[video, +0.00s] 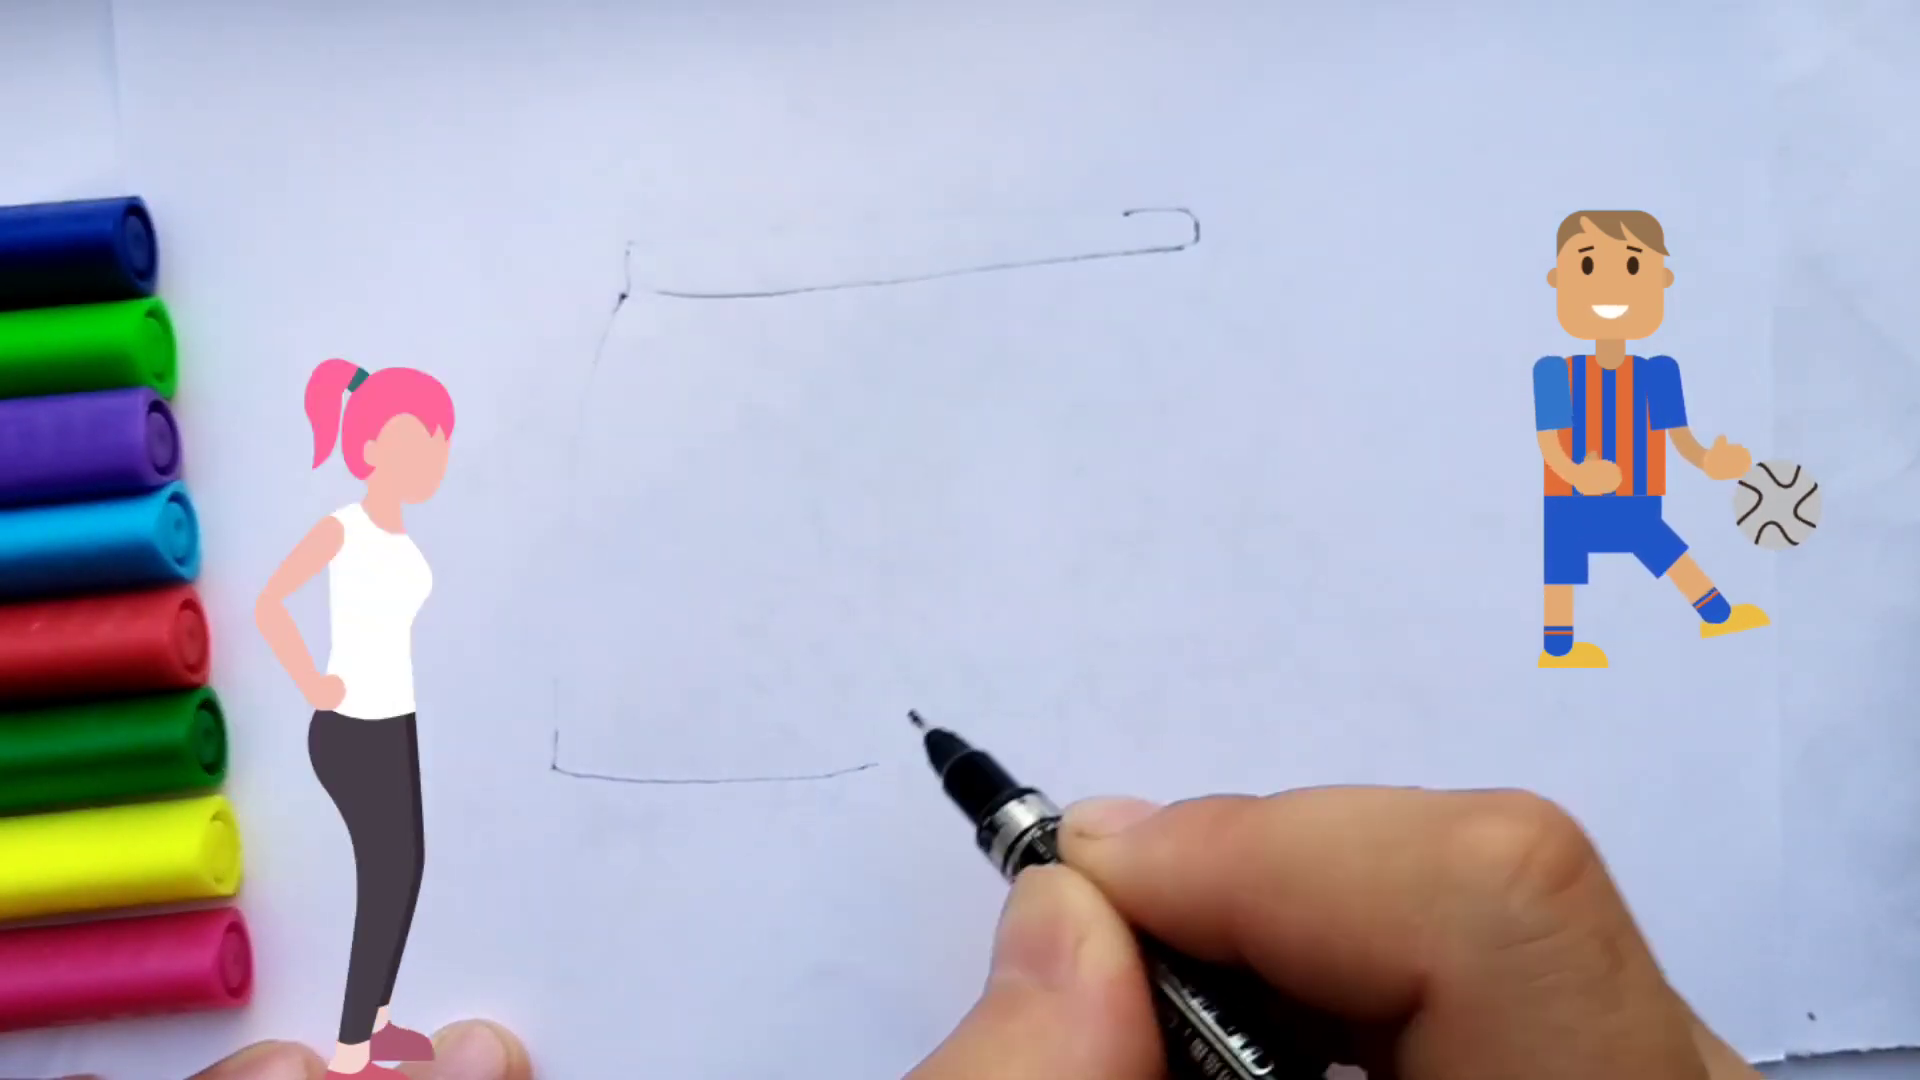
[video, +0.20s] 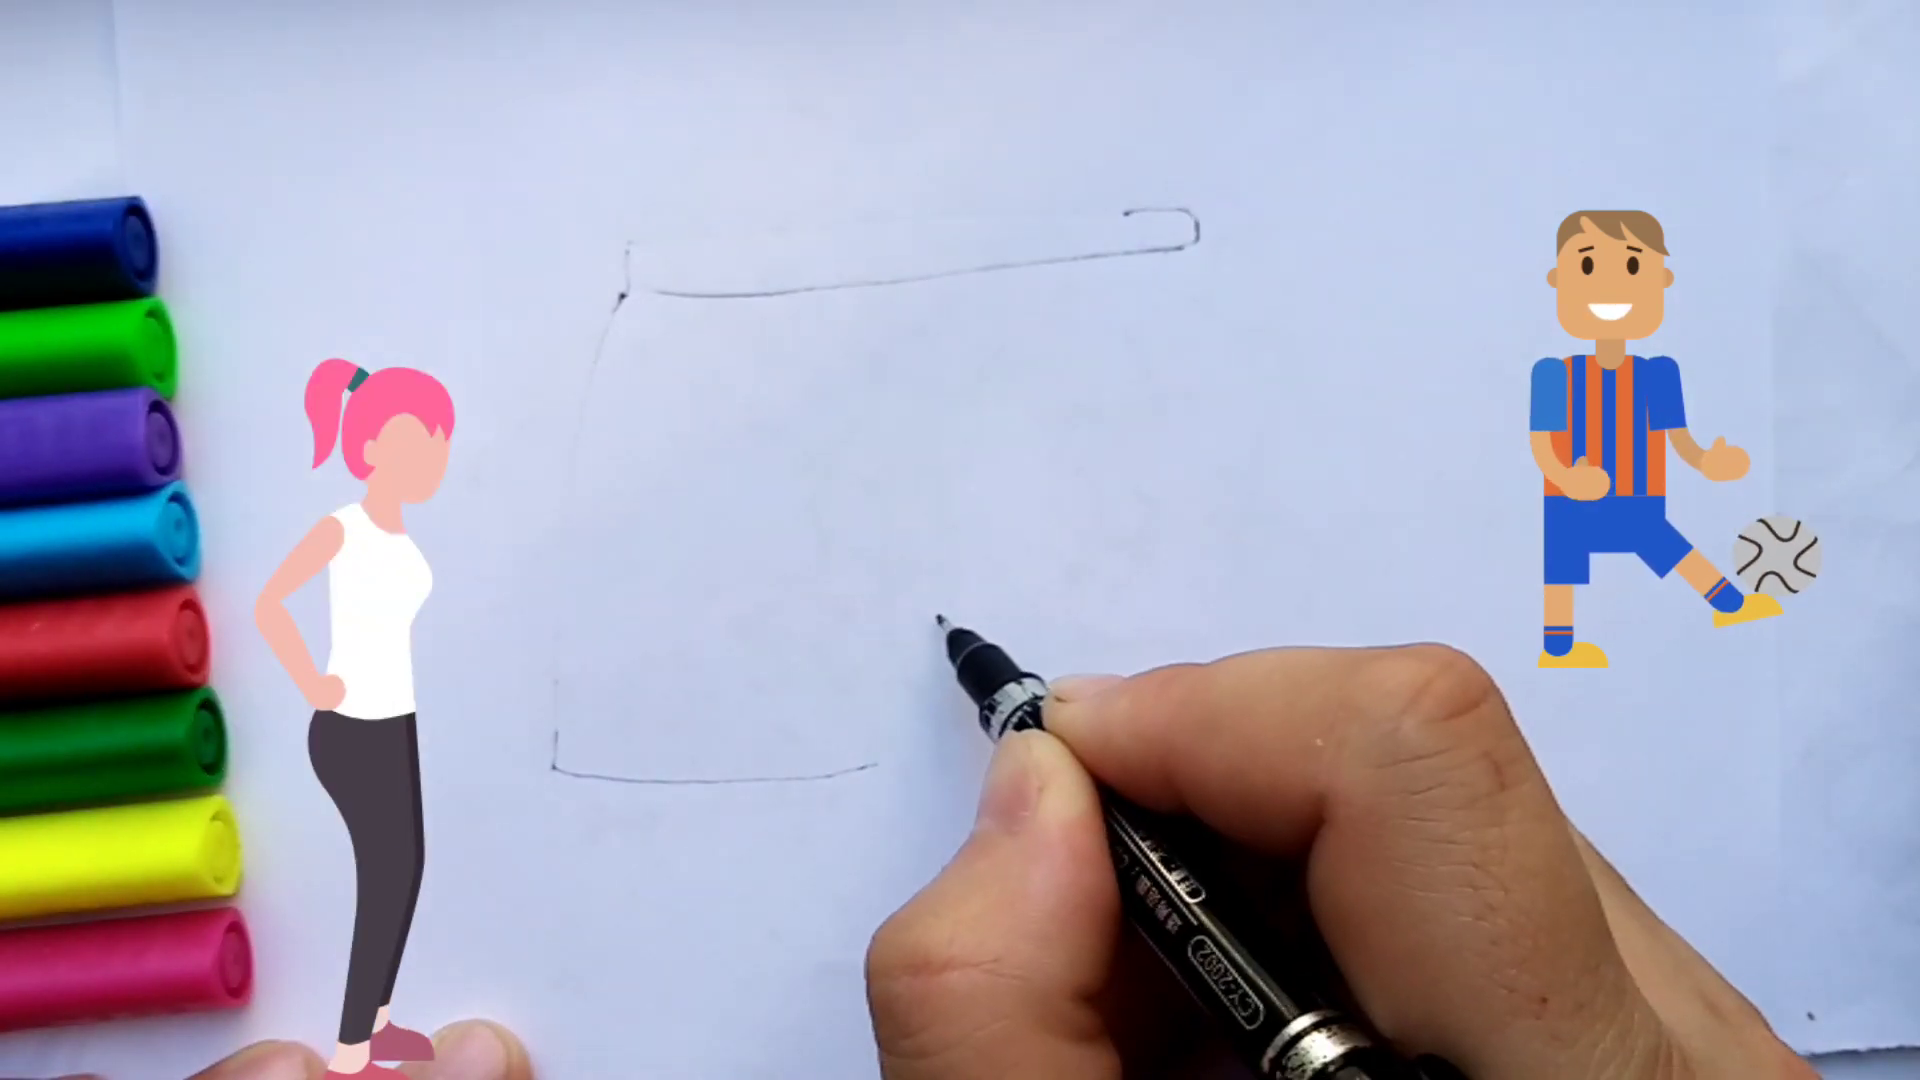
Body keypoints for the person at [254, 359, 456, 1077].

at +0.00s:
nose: (437, 455)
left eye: (440, 439)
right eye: (422, 437)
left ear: (440, 450)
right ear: (375, 447)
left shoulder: (404, 536)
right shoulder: (344, 528)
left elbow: (386, 623)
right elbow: (269, 604)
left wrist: (396, 686)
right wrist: (312, 684)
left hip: (398, 730)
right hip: (353, 732)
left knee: (406, 868)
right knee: (387, 875)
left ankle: (375, 1018)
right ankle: (350, 1049)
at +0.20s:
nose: (437, 456)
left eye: (440, 440)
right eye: (422, 437)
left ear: (440, 450)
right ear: (375, 447)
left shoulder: (404, 535)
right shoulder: (344, 528)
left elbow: (386, 623)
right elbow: (269, 606)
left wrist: (397, 687)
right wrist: (312, 685)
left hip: (398, 730)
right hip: (353, 732)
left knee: (406, 869)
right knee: (387, 875)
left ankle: (375, 1019)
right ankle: (350, 1049)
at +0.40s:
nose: (406, 586)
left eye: (406, 570)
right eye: (391, 569)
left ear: (401, 579)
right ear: (346, 578)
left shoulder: (362, 662)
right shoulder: (311, 656)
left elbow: (321, 738)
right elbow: (213, 712)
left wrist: (317, 798)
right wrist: (250, 791)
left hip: (307, 842)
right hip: (263, 851)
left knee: (391, 865)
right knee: (392, 872)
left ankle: (339, 1021)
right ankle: (350, 1056)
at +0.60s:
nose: (435, 456)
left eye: (439, 440)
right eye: (419, 438)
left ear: (441, 451)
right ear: (374, 447)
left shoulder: (404, 536)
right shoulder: (344, 529)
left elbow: (385, 623)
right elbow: (268, 606)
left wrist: (395, 687)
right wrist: (312, 684)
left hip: (397, 731)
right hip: (353, 732)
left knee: (405, 871)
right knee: (386, 877)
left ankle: (374, 1018)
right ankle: (349, 1052)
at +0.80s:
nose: (435, 456)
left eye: (439, 440)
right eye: (419, 438)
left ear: (441, 451)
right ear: (374, 447)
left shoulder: (404, 536)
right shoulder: (344, 528)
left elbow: (384, 622)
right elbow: (268, 605)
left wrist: (395, 686)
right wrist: (312, 684)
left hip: (397, 731)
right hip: (353, 732)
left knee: (406, 871)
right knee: (386, 877)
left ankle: (374, 1018)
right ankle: (349, 1051)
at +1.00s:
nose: (405, 587)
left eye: (405, 570)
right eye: (387, 570)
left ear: (406, 578)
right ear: (343, 579)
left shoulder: (363, 661)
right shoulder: (313, 655)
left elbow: (321, 738)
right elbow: (214, 712)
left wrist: (316, 799)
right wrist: (250, 791)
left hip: (305, 842)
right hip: (264, 850)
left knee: (393, 864)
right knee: (392, 874)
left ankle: (342, 1019)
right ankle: (352, 1058)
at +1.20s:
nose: (439, 455)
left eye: (441, 440)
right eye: (424, 437)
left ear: (438, 450)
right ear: (376, 446)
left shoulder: (403, 534)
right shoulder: (344, 528)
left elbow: (383, 622)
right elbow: (268, 605)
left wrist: (393, 685)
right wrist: (312, 684)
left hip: (397, 730)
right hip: (354, 732)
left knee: (405, 873)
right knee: (387, 878)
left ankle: (375, 1021)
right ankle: (349, 1051)